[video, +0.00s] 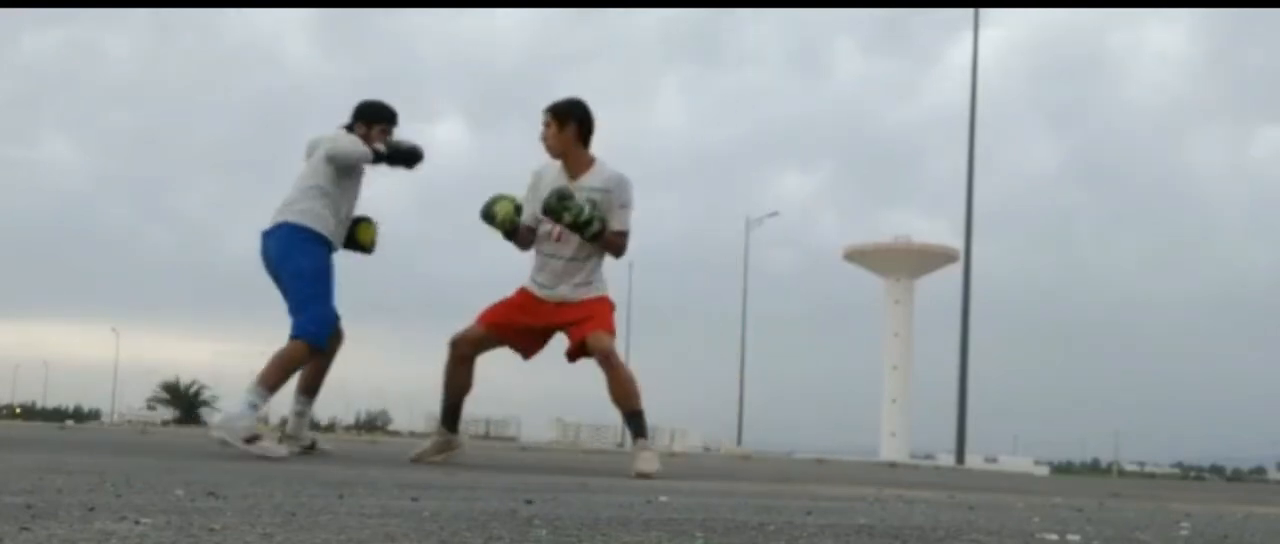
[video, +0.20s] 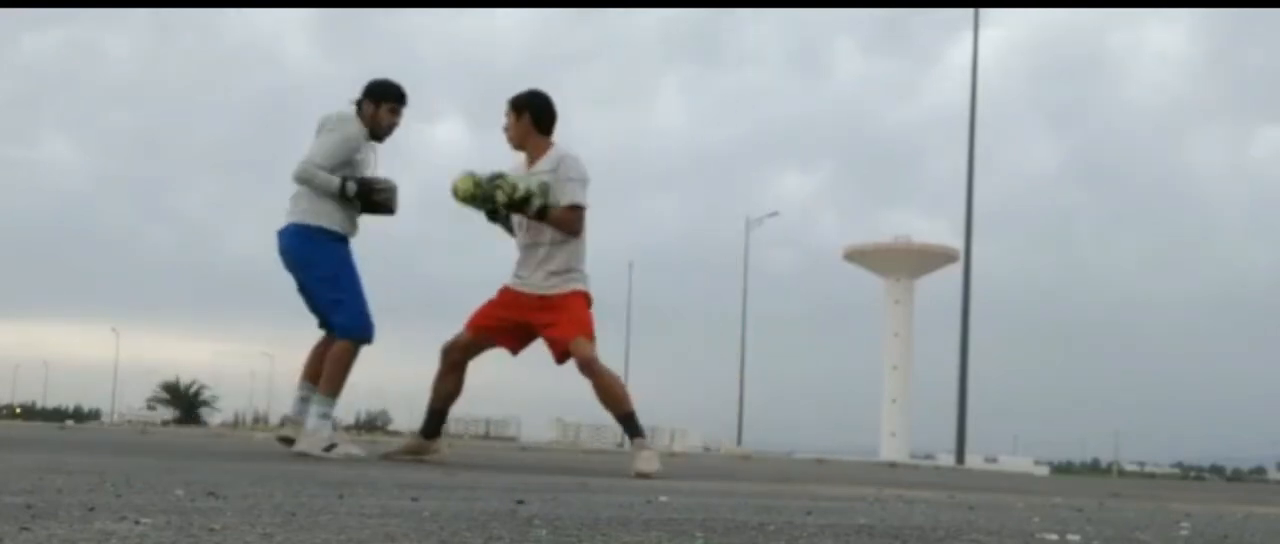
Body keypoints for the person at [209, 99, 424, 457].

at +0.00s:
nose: (385, 142)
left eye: (388, 136)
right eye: (382, 133)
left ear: (368, 131)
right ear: (363, 126)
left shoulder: (348, 163)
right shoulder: (340, 140)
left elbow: (319, 216)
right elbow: (339, 152)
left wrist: (347, 233)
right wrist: (384, 154)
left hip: (305, 242)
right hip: (297, 237)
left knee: (330, 336)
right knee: (314, 332)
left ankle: (297, 428)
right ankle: (242, 417)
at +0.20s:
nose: (394, 122)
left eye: (398, 114)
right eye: (389, 112)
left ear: (393, 115)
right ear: (367, 107)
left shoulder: (361, 140)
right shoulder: (349, 130)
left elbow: (334, 186)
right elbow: (305, 171)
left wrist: (370, 197)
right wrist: (350, 188)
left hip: (308, 236)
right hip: (317, 236)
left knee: (338, 330)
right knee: (353, 329)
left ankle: (297, 419)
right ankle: (318, 429)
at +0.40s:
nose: (381, 175)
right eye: (381, 168)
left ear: (346, 156)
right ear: (371, 161)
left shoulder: (330, 181)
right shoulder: (360, 178)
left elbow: (366, 245)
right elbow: (353, 223)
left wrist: (383, 206)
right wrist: (367, 266)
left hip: (302, 270)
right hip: (322, 271)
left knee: (360, 349)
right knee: (379, 350)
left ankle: (327, 429)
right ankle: (325, 431)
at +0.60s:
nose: (393, 185)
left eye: (396, 178)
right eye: (390, 176)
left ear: (379, 175)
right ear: (371, 170)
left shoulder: (360, 204)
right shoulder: (348, 187)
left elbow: (346, 256)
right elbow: (314, 228)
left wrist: (364, 296)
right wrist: (343, 263)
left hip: (330, 281)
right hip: (308, 276)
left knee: (381, 351)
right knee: (336, 346)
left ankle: (353, 430)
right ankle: (318, 430)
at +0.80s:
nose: (350, 146)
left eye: (355, 140)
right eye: (344, 138)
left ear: (359, 146)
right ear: (329, 140)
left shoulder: (354, 194)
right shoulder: (299, 173)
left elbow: (360, 242)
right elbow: (271, 216)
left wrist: (346, 280)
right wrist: (315, 224)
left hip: (329, 275)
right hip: (294, 267)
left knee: (366, 346)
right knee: (296, 347)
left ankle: (349, 426)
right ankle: (244, 410)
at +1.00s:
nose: (323, 170)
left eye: (327, 164)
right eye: (317, 163)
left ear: (331, 168)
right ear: (300, 164)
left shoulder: (333, 210)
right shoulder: (273, 201)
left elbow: (338, 257)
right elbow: (264, 252)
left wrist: (334, 288)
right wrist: (304, 245)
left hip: (312, 299)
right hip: (271, 299)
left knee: (362, 341)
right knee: (251, 370)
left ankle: (351, 426)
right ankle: (231, 427)